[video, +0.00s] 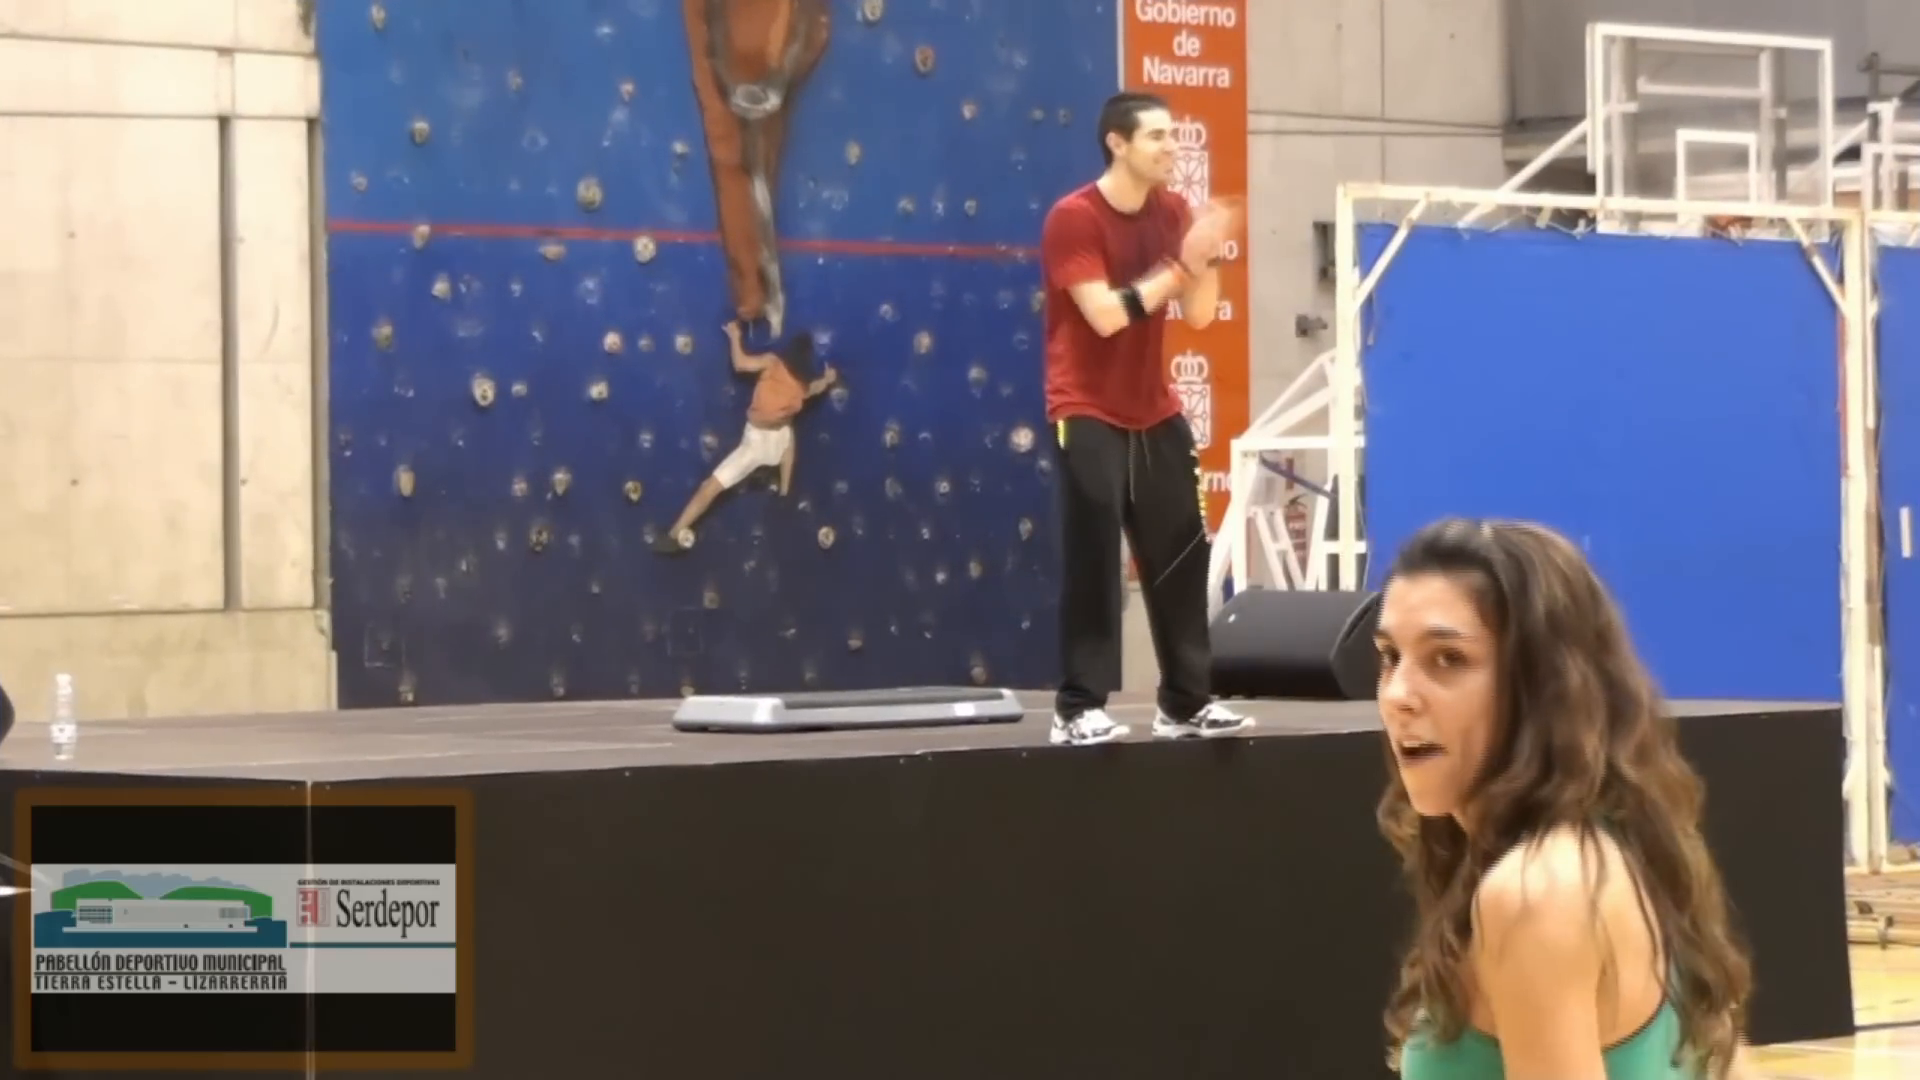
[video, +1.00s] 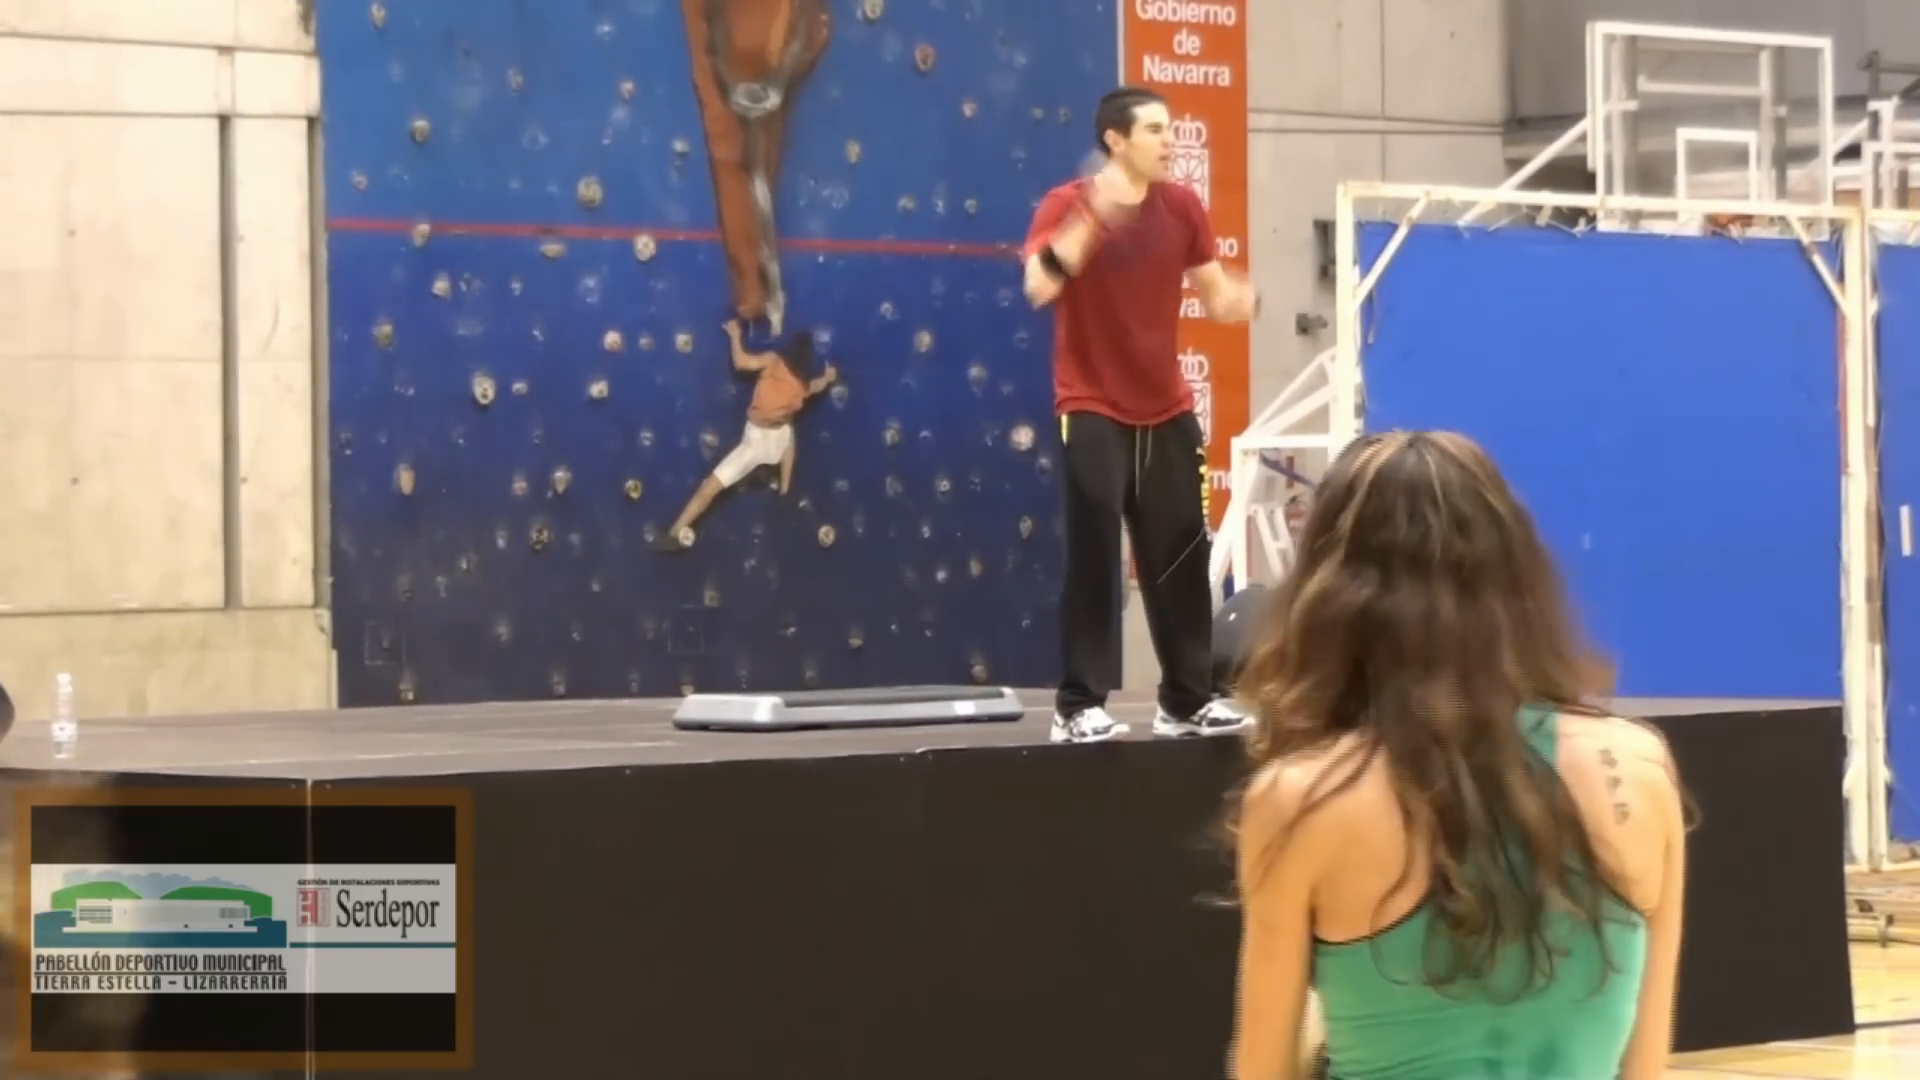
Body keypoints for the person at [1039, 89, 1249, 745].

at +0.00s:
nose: (1170, 147)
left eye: (1172, 136)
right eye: (1157, 136)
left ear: (1170, 144)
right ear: (1118, 143)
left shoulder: (1171, 214)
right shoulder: (1073, 217)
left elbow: (1198, 314)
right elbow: (1106, 316)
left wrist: (1206, 250)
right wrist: (1184, 264)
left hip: (1154, 406)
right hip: (1087, 408)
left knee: (1180, 550)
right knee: (1095, 551)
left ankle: (1187, 701)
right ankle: (1081, 705)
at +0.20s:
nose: (1163, 152)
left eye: (1166, 140)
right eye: (1151, 141)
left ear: (1164, 145)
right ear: (1112, 145)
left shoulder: (1168, 211)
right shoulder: (1067, 211)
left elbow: (1198, 311)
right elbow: (1083, 304)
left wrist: (1212, 255)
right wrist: (1174, 263)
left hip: (1158, 408)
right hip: (1090, 409)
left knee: (1183, 553)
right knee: (1099, 552)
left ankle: (1187, 701)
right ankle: (1081, 706)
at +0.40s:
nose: (1172, 148)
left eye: (1174, 137)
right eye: (1160, 138)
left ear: (1169, 144)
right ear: (1121, 143)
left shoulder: (1172, 211)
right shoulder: (1074, 214)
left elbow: (1198, 313)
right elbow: (1103, 319)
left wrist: (1217, 253)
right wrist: (1168, 269)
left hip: (1152, 405)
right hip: (1085, 405)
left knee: (1177, 548)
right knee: (1093, 549)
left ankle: (1187, 698)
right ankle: (1081, 704)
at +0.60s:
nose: (1164, 147)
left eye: (1166, 135)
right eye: (1150, 136)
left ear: (1163, 142)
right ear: (1111, 143)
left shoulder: (1171, 209)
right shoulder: (1066, 213)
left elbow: (1218, 299)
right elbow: (1080, 314)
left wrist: (1218, 249)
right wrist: (1168, 279)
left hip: (1165, 406)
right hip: (1095, 408)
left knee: (1187, 550)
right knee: (1105, 548)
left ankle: (1189, 700)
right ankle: (1083, 705)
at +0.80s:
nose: (1165, 155)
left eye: (1169, 143)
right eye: (1153, 143)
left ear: (1170, 146)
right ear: (1113, 143)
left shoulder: (1181, 202)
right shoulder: (1071, 207)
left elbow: (1250, 251)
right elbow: (1054, 305)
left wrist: (1265, 173)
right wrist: (1151, 286)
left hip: (1161, 404)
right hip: (1088, 403)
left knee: (1180, 549)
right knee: (1093, 548)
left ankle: (1187, 700)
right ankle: (1081, 704)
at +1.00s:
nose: (1168, 140)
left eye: (1169, 129)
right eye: (1154, 130)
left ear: (1166, 138)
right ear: (1115, 138)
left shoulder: (1181, 205)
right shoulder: (1069, 204)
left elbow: (1216, 288)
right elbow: (1038, 285)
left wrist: (1234, 299)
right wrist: (1093, 216)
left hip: (1166, 403)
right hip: (1092, 401)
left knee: (1181, 550)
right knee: (1096, 548)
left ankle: (1189, 699)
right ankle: (1082, 703)